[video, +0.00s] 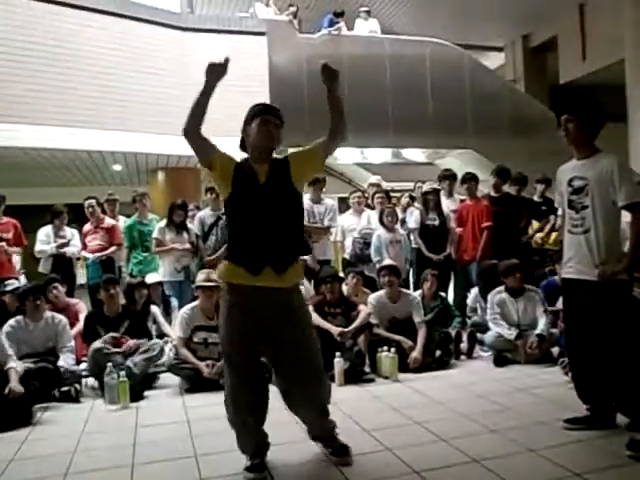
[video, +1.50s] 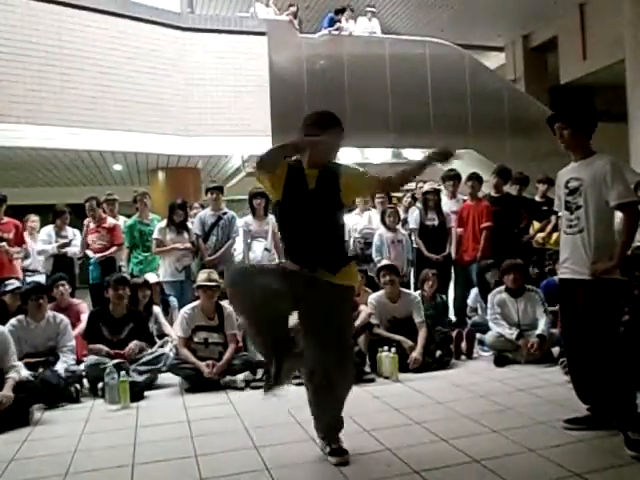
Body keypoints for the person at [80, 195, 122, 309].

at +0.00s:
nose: (90, 210)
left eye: (93, 207)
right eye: (87, 207)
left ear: (99, 207)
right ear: (85, 210)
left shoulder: (111, 224)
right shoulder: (86, 228)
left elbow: (117, 244)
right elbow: (83, 246)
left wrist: (101, 254)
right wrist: (85, 254)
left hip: (106, 259)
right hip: (91, 261)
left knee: (110, 289)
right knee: (93, 290)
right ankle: (97, 316)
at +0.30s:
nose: (90, 211)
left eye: (92, 207)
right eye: (87, 208)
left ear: (99, 208)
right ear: (85, 211)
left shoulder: (110, 224)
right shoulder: (86, 228)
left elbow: (118, 244)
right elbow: (84, 246)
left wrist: (100, 255)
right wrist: (83, 255)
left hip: (105, 261)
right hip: (90, 263)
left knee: (110, 292)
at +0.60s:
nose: (90, 211)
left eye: (92, 207)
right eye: (87, 209)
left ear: (98, 208)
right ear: (85, 211)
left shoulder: (110, 224)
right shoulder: (86, 228)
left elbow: (117, 244)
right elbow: (84, 246)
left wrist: (100, 256)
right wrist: (84, 255)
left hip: (105, 259)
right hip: (90, 261)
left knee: (109, 290)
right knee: (94, 292)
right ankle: (97, 318)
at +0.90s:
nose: (89, 212)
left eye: (92, 208)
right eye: (86, 209)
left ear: (99, 208)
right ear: (84, 211)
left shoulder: (111, 224)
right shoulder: (87, 228)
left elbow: (118, 244)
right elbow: (85, 247)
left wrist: (101, 256)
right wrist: (88, 255)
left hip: (106, 261)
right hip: (91, 263)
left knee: (109, 296)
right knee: (95, 300)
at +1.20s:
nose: (91, 214)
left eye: (93, 210)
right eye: (88, 211)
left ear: (100, 208)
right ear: (86, 211)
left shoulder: (112, 224)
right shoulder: (88, 227)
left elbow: (119, 244)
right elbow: (86, 247)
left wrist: (102, 256)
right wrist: (93, 256)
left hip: (107, 259)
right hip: (93, 260)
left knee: (108, 291)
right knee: (94, 292)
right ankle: (98, 318)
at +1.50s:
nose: (91, 213)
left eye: (93, 210)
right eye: (88, 211)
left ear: (100, 208)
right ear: (86, 211)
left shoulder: (112, 224)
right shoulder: (87, 223)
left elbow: (119, 244)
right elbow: (84, 243)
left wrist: (101, 255)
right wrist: (90, 254)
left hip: (107, 258)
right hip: (92, 258)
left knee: (109, 289)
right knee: (94, 290)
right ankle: (97, 316)